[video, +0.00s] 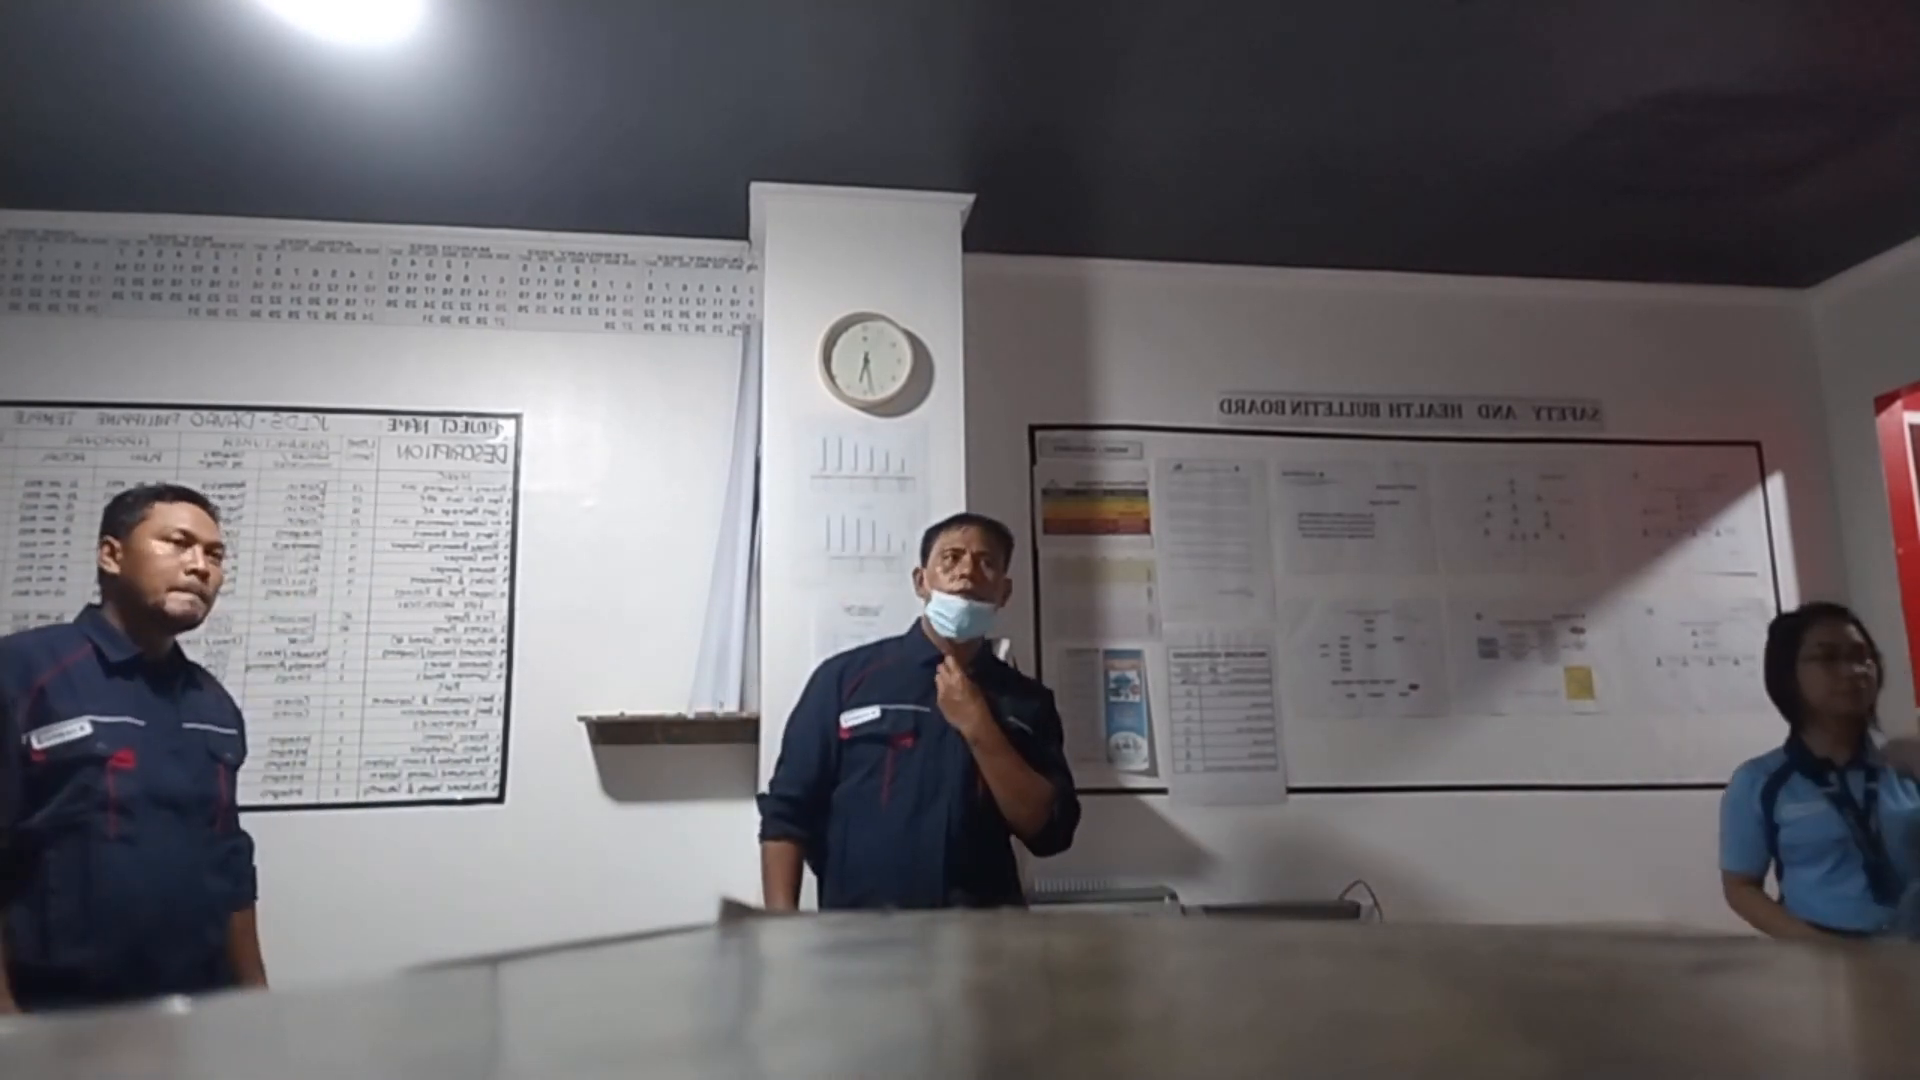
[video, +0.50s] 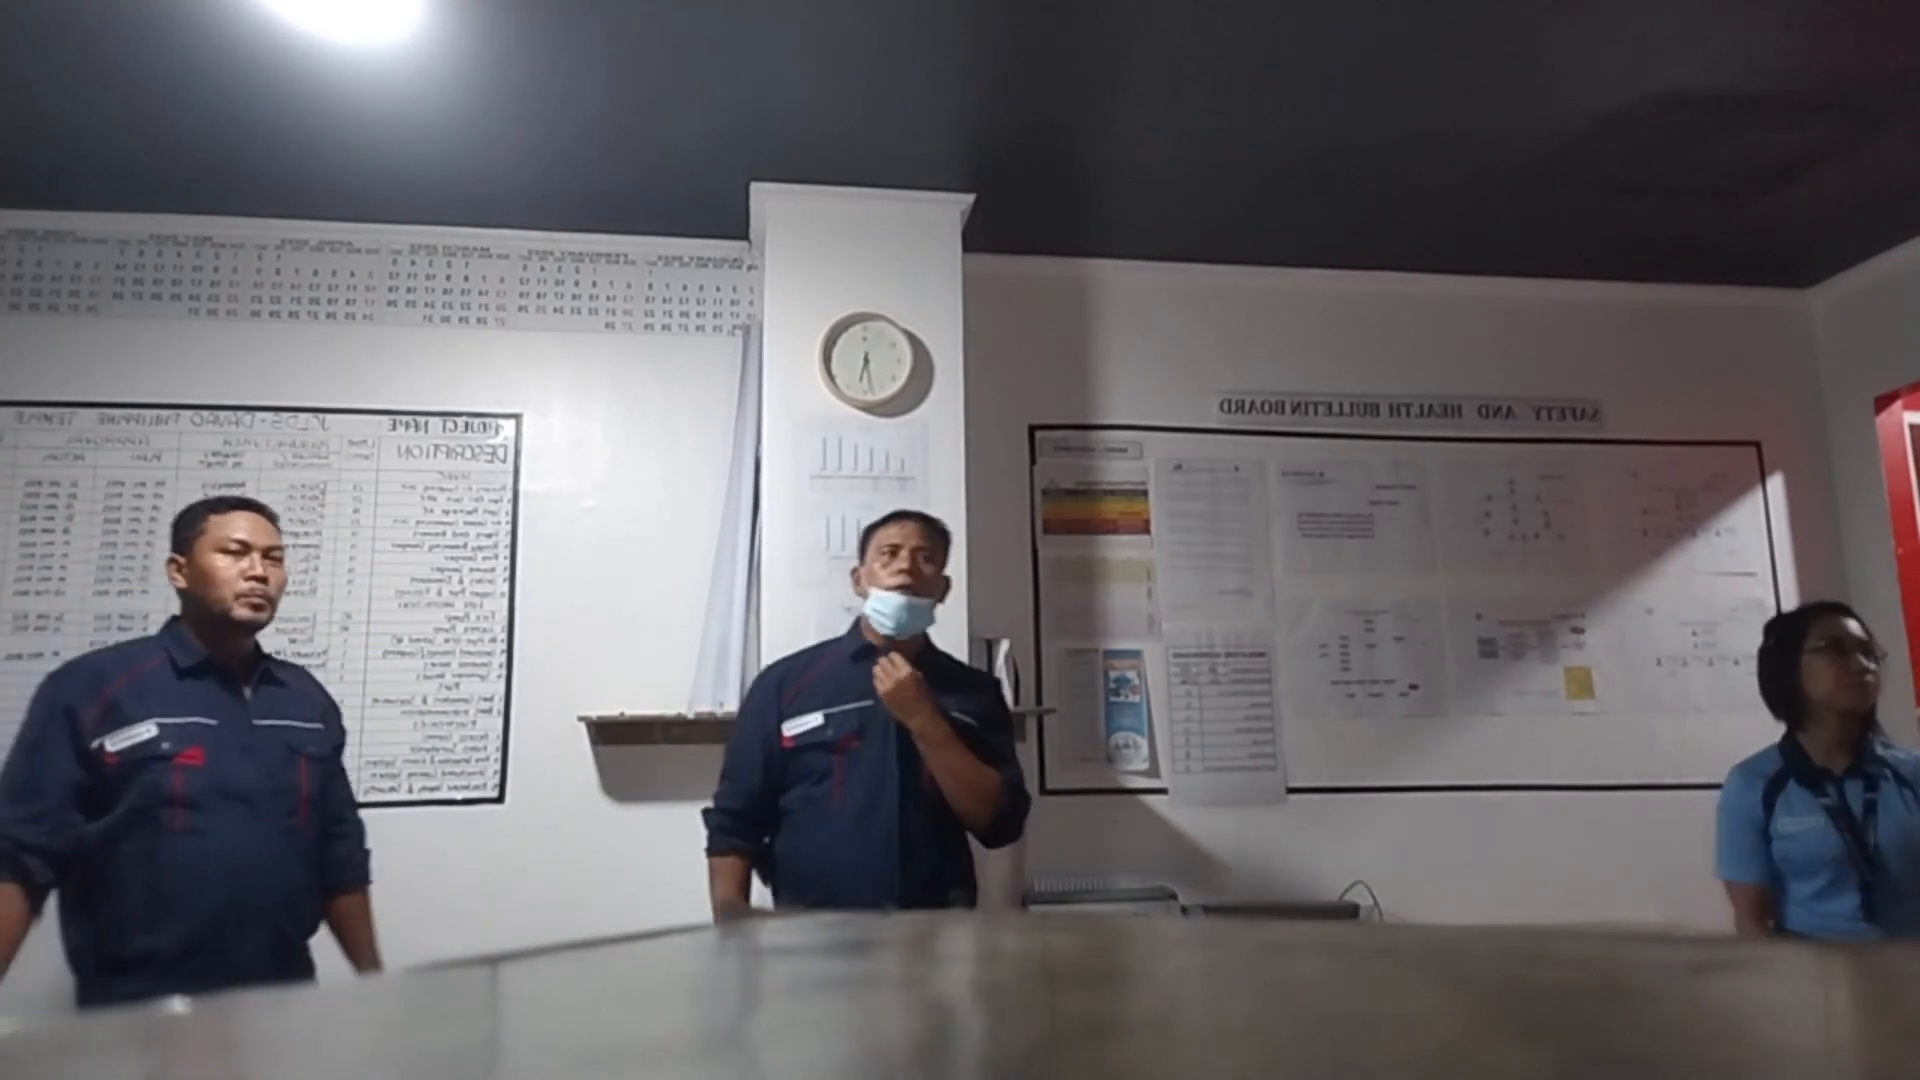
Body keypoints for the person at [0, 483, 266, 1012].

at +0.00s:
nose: (200, 565)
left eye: (214, 553)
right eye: (177, 542)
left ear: (222, 577)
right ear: (112, 555)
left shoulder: (218, 708)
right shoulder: (21, 669)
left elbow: (228, 866)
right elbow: (9, 849)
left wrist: (256, 1004)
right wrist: (8, 1013)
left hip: (193, 1019)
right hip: (55, 1019)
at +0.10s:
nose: (206, 564)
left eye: (219, 553)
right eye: (183, 541)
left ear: (226, 577)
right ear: (117, 554)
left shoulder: (226, 708)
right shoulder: (22, 669)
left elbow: (231, 862)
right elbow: (11, 835)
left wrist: (246, 1001)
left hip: (190, 1015)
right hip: (47, 1013)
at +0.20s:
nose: (214, 566)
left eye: (227, 555)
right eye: (191, 543)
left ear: (234, 577)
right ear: (126, 556)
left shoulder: (245, 707)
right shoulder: (24, 679)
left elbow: (244, 861)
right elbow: (10, 842)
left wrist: (247, 997)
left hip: (206, 1016)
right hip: (59, 1017)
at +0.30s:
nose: (225, 566)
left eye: (238, 554)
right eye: (200, 545)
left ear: (246, 575)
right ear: (138, 561)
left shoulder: (265, 701)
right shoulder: (37, 689)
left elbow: (275, 860)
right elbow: (13, 851)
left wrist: (277, 997)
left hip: (235, 1016)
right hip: (86, 1018)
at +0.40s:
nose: (240, 567)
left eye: (254, 554)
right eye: (215, 547)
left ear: (265, 573)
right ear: (157, 566)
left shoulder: (286, 699)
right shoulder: (58, 693)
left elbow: (309, 857)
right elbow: (10, 866)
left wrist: (330, 989)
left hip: (255, 1009)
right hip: (110, 1014)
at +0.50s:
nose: (259, 572)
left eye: (273, 558)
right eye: (234, 552)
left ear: (285, 576)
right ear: (179, 571)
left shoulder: (307, 702)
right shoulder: (84, 694)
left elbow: (339, 860)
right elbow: (20, 870)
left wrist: (377, 986)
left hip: (280, 1011)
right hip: (135, 1018)